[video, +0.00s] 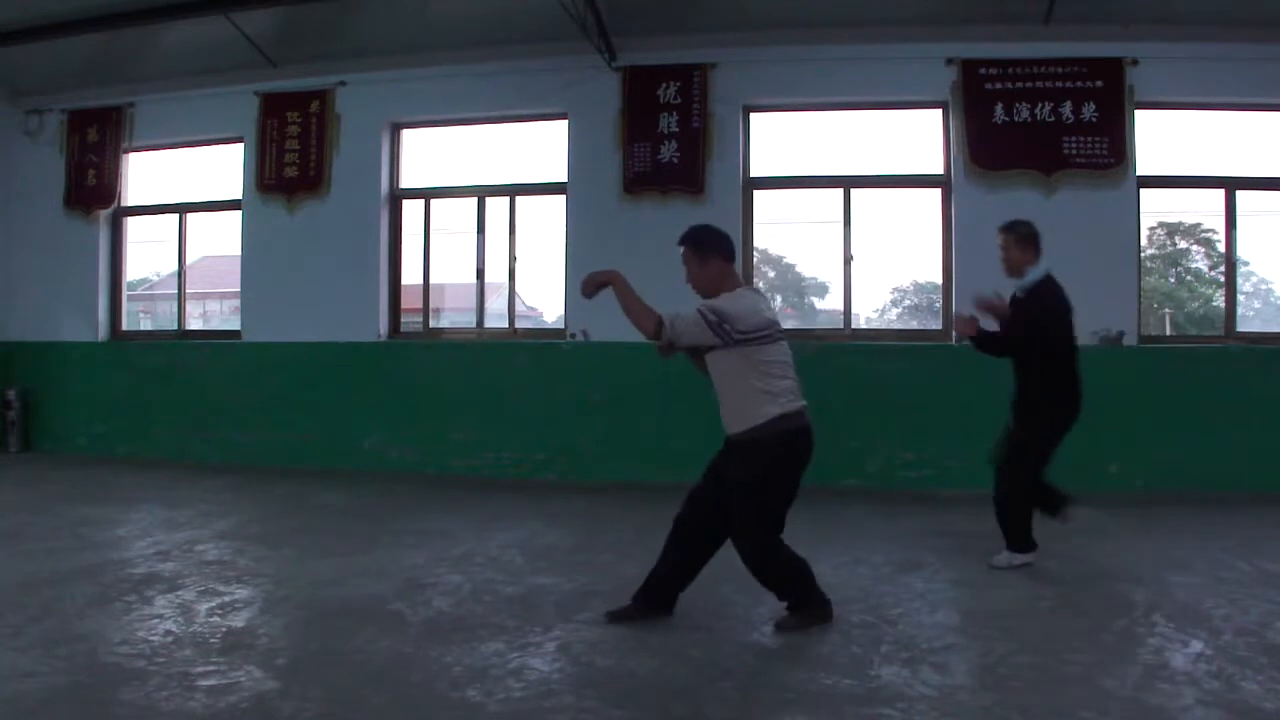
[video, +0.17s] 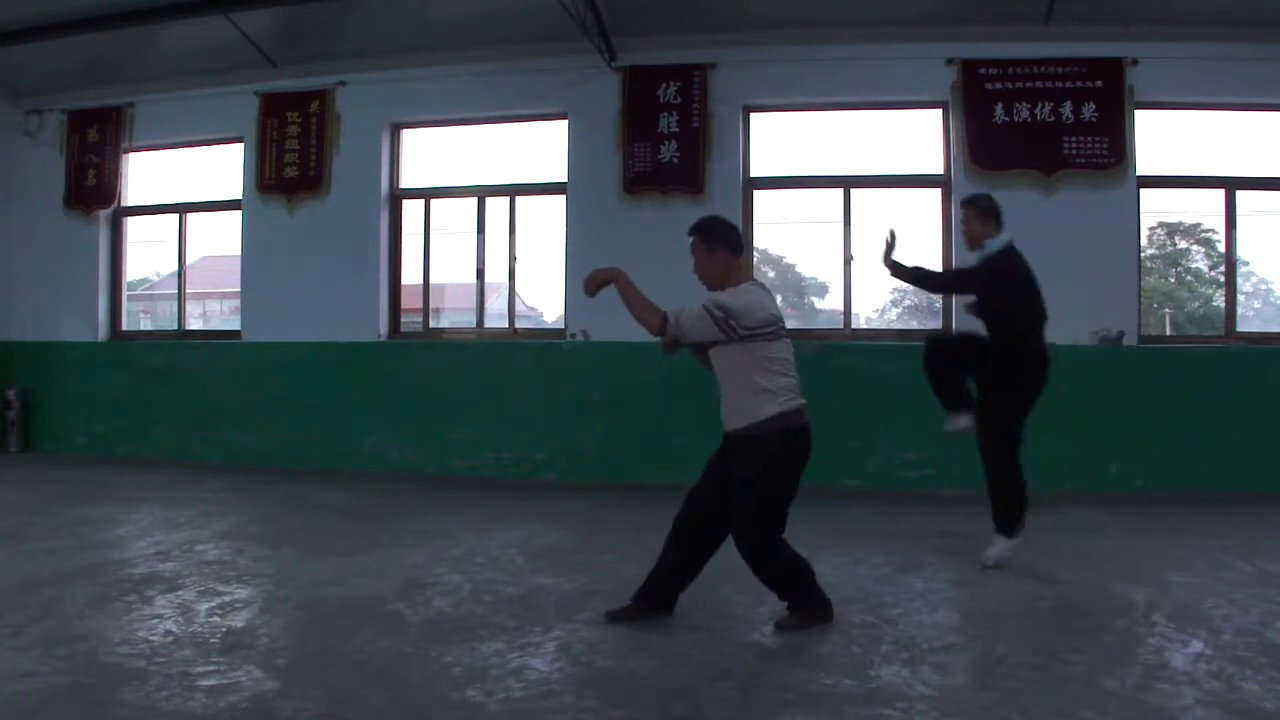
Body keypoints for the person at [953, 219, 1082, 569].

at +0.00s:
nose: (1001, 256)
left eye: (1006, 249)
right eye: (1001, 249)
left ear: (1026, 251)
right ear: (1027, 252)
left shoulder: (1037, 296)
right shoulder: (1040, 290)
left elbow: (1013, 346)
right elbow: (1037, 337)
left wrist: (975, 334)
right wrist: (1006, 316)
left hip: (1047, 402)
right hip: (1046, 398)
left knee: (1012, 468)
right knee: (1014, 464)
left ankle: (1020, 547)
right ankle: (1060, 506)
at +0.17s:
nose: (963, 230)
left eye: (967, 223)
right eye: (962, 223)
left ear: (987, 223)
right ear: (987, 224)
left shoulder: (1000, 267)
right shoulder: (999, 260)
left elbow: (945, 283)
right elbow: (1014, 312)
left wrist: (893, 266)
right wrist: (982, 308)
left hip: (1019, 365)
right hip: (1003, 355)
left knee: (996, 439)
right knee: (939, 349)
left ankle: (1008, 529)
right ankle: (962, 411)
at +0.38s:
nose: (927, 241)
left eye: (932, 234)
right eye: (927, 234)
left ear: (951, 237)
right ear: (951, 237)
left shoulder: (957, 282)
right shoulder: (955, 276)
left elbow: (901, 292)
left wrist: (849, 272)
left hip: (964, 385)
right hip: (948, 374)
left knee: (937, 460)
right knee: (883, 373)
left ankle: (925, 543)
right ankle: (905, 441)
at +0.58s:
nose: (904, 259)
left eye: (909, 251)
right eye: (904, 252)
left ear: (930, 253)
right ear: (931, 254)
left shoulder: (938, 299)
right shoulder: (932, 295)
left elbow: (904, 351)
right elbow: (904, 348)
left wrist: (873, 329)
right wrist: (881, 324)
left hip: (918, 409)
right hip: (908, 403)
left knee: (903, 482)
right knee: (843, 454)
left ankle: (918, 554)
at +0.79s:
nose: (860, 266)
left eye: (865, 259)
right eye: (860, 259)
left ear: (884, 261)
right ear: (886, 261)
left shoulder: (897, 305)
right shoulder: (881, 303)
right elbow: (839, 337)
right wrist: (807, 309)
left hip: (890, 420)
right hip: (867, 415)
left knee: (880, 498)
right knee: (819, 482)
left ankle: (915, 556)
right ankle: (774, 541)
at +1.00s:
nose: (819, 283)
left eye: (822, 276)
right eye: (819, 276)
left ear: (838, 276)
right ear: (851, 277)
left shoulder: (849, 320)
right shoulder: (848, 315)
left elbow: (796, 326)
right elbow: (839, 367)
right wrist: (812, 353)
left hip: (874, 432)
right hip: (847, 427)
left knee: (855, 518)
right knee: (788, 484)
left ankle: (905, 547)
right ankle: (759, 546)